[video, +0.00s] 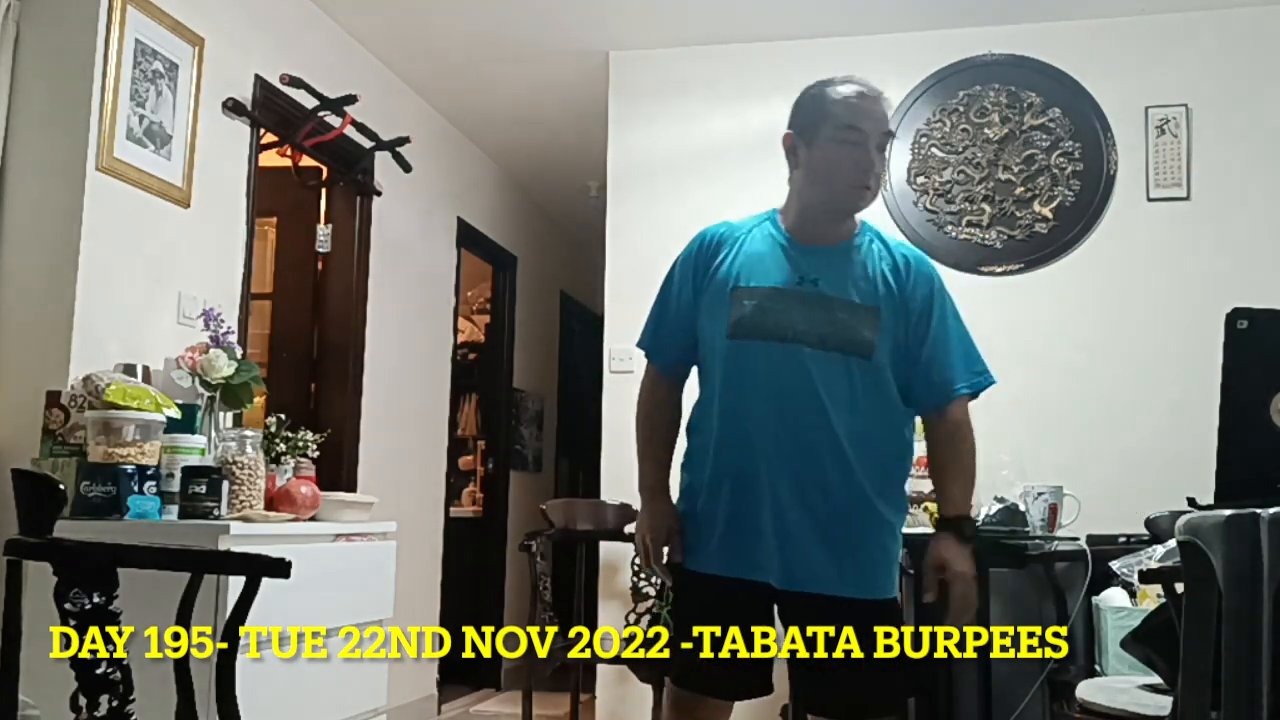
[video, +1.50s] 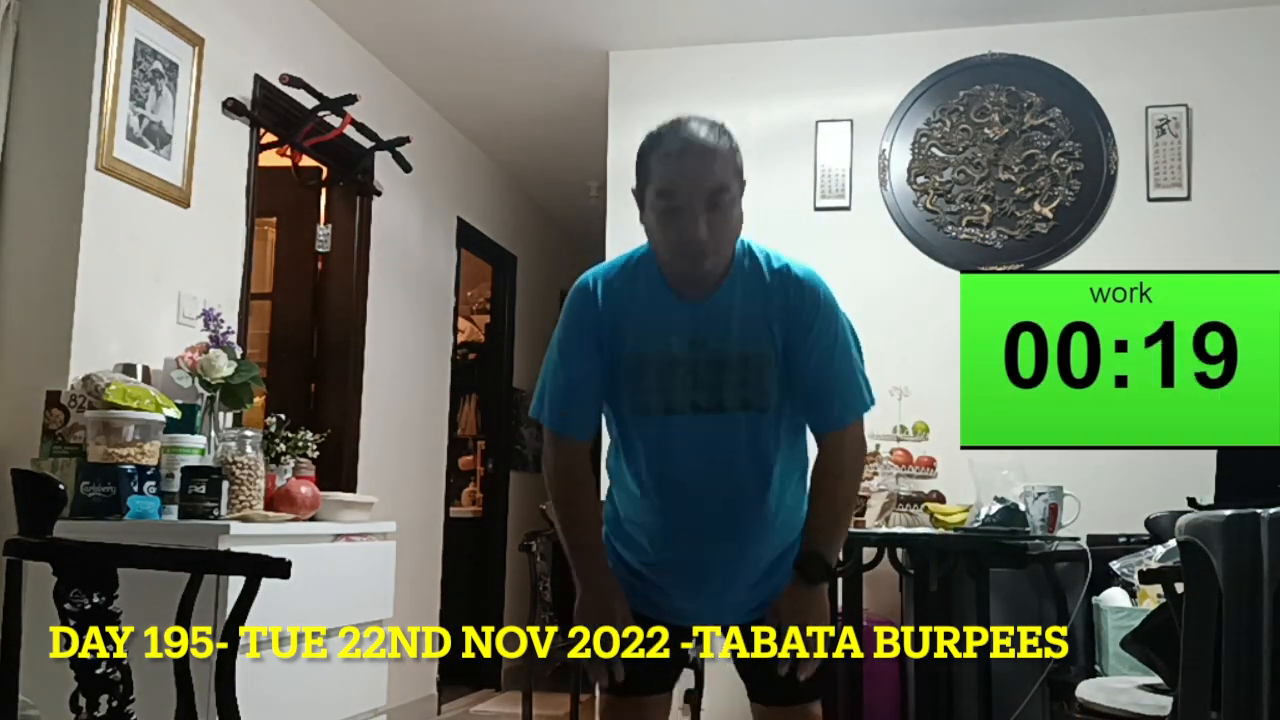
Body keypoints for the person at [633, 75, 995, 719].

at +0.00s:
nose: (875, 159)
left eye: (884, 144)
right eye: (853, 138)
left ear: (891, 158)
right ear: (794, 148)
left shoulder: (910, 278)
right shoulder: (714, 254)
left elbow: (948, 411)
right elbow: (662, 380)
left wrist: (955, 529)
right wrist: (654, 501)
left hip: (851, 559)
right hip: (724, 544)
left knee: (855, 713)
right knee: (693, 706)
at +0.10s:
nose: (830, 156)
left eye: (838, 141)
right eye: (808, 135)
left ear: (844, 156)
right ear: (753, 146)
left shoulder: (868, 272)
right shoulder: (676, 258)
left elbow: (889, 414)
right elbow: (631, 390)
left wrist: (884, 538)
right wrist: (630, 507)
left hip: (825, 560)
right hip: (698, 549)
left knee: (829, 716)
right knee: (683, 708)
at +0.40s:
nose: (742, 153)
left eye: (749, 141)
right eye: (719, 137)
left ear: (756, 158)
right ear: (669, 153)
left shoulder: (787, 264)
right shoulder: (604, 260)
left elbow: (846, 374)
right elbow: (542, 369)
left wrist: (815, 465)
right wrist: (607, 458)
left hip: (766, 548)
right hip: (646, 551)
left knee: (786, 710)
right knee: (658, 708)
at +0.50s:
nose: (731, 156)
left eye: (740, 146)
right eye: (710, 140)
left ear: (748, 163)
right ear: (660, 157)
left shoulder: (781, 266)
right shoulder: (600, 262)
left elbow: (848, 361)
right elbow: (544, 365)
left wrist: (784, 410)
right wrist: (646, 395)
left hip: (758, 550)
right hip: (638, 546)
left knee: (769, 711)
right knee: (653, 707)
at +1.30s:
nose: (737, 152)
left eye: (747, 138)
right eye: (713, 135)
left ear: (758, 153)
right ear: (665, 152)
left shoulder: (797, 259)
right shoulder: (610, 258)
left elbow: (825, 369)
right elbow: (579, 376)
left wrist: (785, 466)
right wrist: (659, 447)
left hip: (771, 561)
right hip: (650, 561)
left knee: (778, 713)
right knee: (658, 710)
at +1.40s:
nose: (718, 166)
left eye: (733, 146)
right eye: (693, 146)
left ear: (751, 159)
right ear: (654, 162)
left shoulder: (798, 262)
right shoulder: (608, 265)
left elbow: (830, 396)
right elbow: (573, 401)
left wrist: (807, 520)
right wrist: (624, 518)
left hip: (766, 563)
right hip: (651, 566)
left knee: (780, 713)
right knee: (656, 710)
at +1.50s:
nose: (696, 229)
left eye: (717, 201)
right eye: (671, 205)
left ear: (742, 196)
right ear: (640, 207)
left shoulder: (799, 299)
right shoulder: (600, 301)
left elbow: (844, 443)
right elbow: (567, 448)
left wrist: (813, 576)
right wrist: (595, 584)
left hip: (772, 578)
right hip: (644, 578)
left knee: (794, 710)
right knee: (626, 709)